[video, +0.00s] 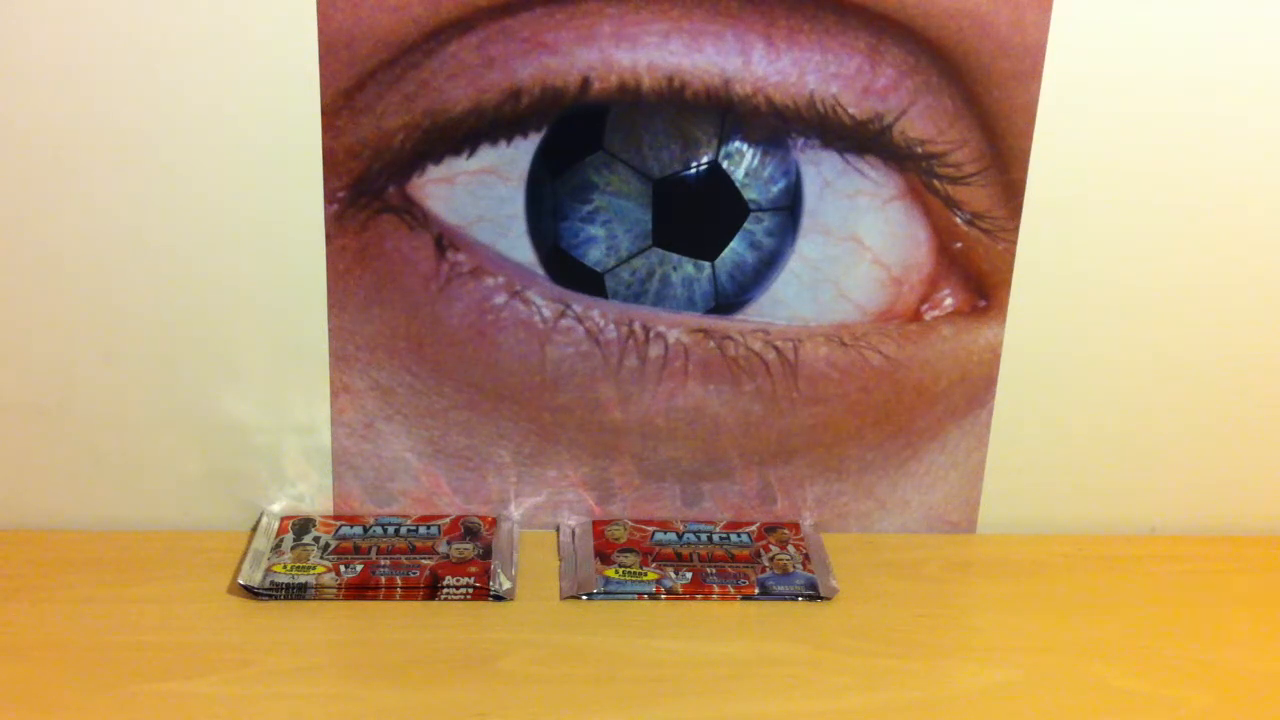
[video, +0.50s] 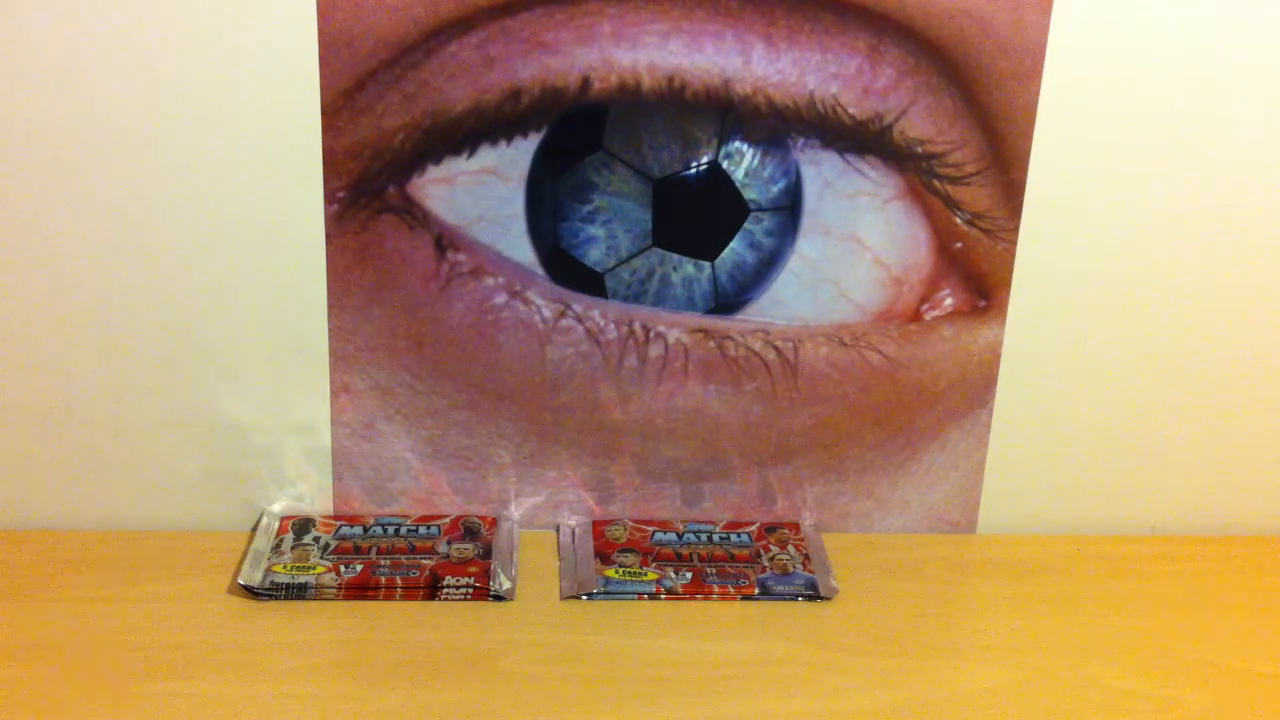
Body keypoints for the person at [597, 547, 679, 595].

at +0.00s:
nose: (621, 560)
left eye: (626, 557)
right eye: (619, 557)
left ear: (638, 558)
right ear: (616, 558)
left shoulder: (651, 573)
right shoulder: (609, 571)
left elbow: (673, 590)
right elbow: (597, 590)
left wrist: (674, 587)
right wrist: (596, 574)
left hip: (641, 607)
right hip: (612, 606)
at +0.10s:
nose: (621, 560)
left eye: (626, 557)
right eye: (619, 557)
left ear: (638, 558)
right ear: (616, 558)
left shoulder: (651, 573)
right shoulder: (609, 571)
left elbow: (673, 589)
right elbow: (596, 590)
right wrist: (596, 573)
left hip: (641, 607)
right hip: (613, 606)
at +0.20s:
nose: (621, 560)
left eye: (626, 557)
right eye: (619, 557)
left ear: (638, 558)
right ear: (616, 558)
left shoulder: (651, 573)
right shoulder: (609, 571)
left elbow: (673, 589)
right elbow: (596, 590)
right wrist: (596, 573)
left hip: (641, 607)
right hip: (613, 606)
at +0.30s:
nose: (621, 560)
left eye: (626, 557)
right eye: (619, 557)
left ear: (638, 558)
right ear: (616, 558)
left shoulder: (651, 573)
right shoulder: (609, 571)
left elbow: (669, 586)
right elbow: (597, 590)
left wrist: (674, 588)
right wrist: (596, 574)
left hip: (641, 607)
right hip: (612, 606)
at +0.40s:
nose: (621, 560)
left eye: (626, 557)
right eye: (619, 557)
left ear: (638, 558)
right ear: (616, 558)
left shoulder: (651, 573)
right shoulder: (609, 571)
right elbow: (597, 590)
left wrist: (674, 587)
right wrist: (596, 573)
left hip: (641, 607)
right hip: (612, 606)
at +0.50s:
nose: (621, 560)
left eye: (626, 557)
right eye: (619, 557)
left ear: (638, 558)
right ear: (616, 558)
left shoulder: (651, 573)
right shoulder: (609, 571)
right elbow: (597, 589)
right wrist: (597, 574)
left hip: (641, 606)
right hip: (612, 605)